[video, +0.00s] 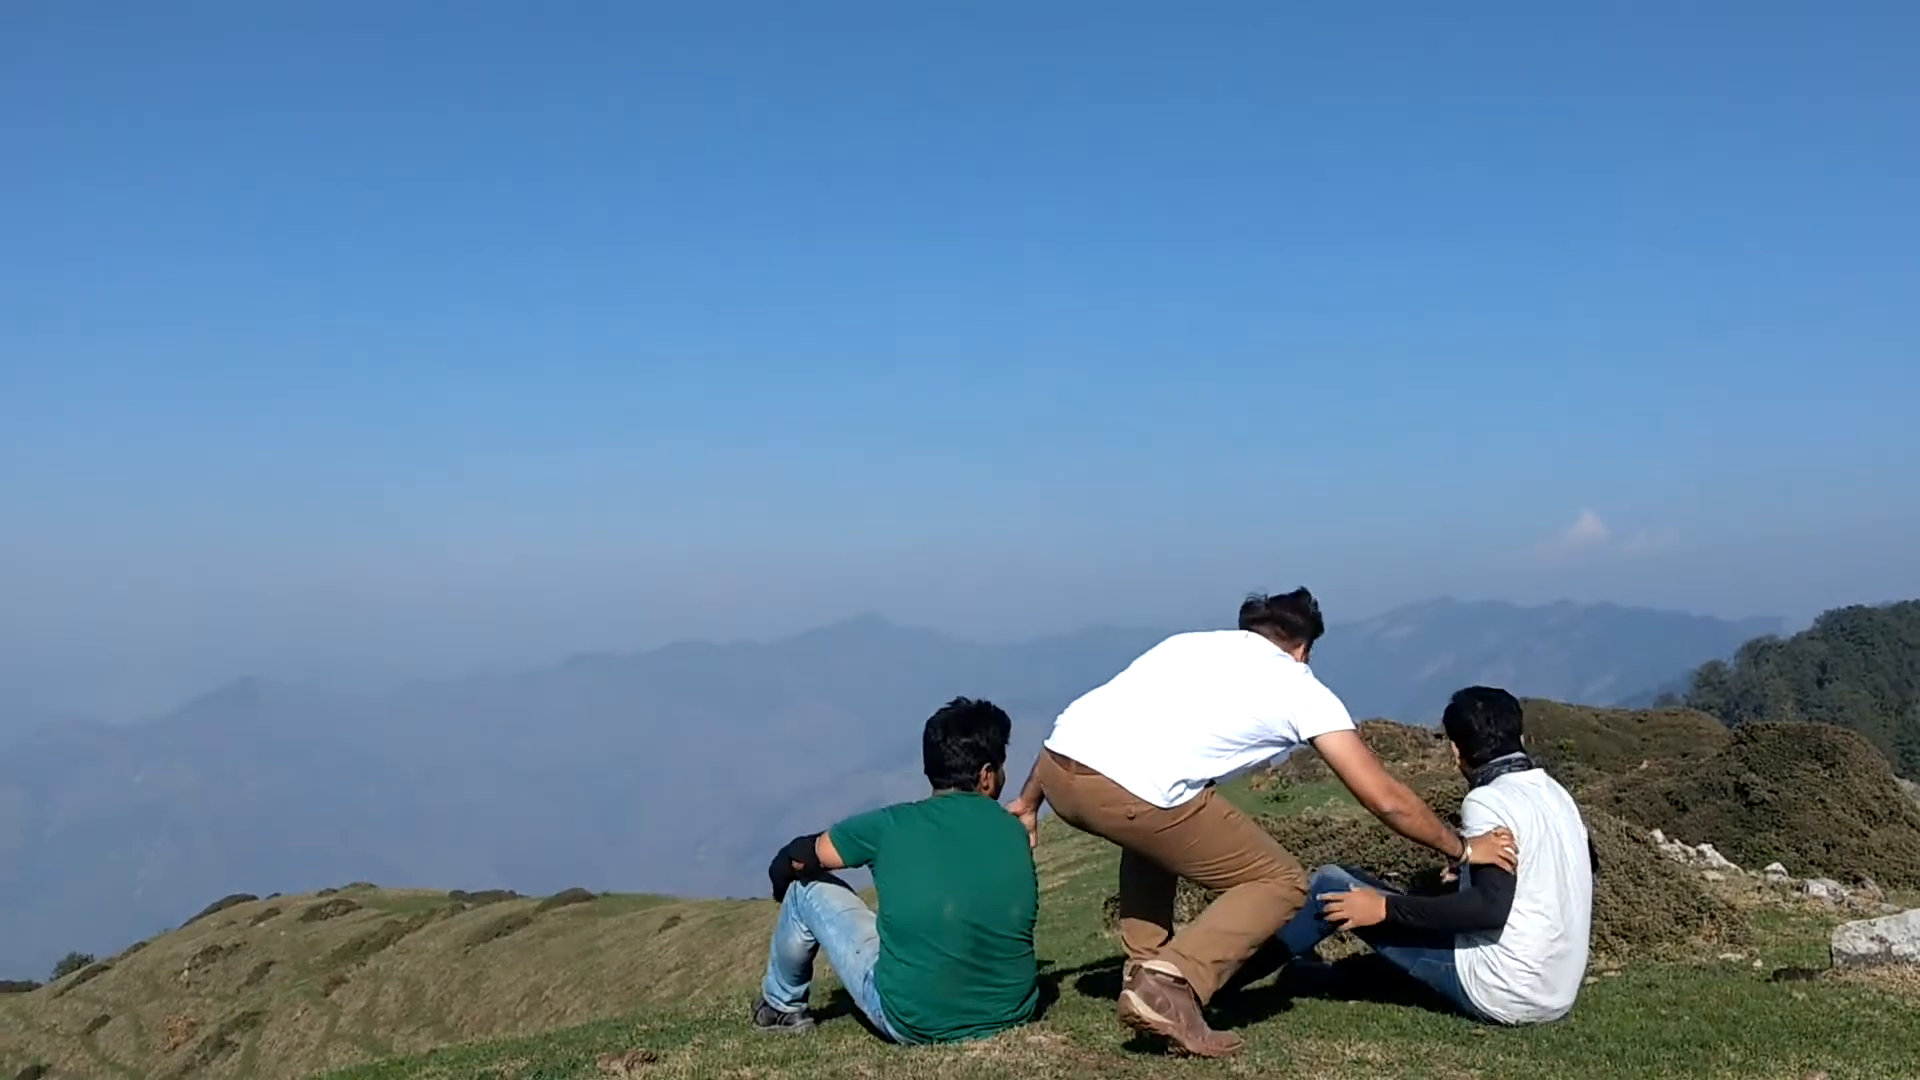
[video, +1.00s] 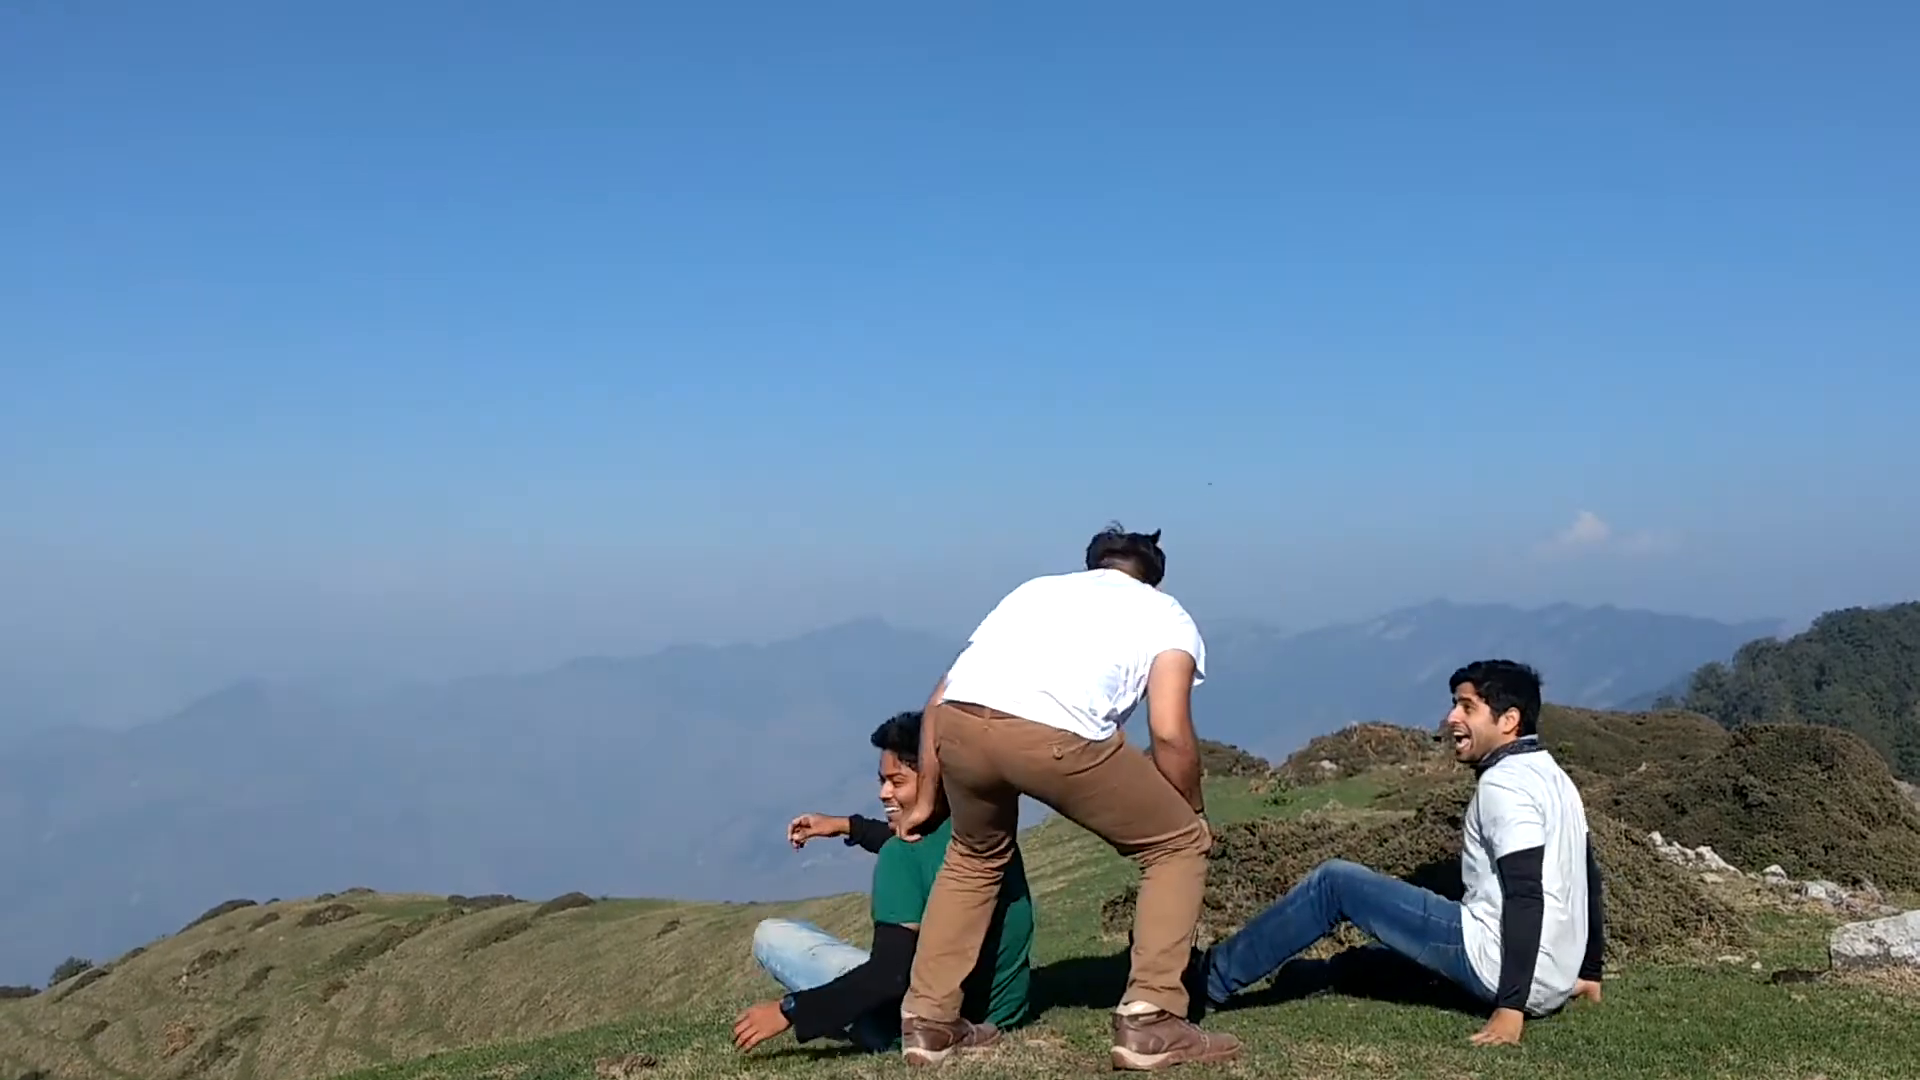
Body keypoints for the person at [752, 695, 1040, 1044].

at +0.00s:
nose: (1003, 776)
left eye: (1001, 765)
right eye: (1001, 767)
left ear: (931, 772)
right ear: (987, 776)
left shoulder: (891, 823)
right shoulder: (1014, 828)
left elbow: (791, 859)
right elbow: (1020, 913)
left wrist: (784, 889)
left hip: (913, 1022)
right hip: (1008, 1014)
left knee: (807, 887)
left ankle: (782, 1004)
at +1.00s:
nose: (884, 794)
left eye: (896, 781)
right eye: (883, 780)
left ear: (933, 778)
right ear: (940, 781)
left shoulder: (902, 852)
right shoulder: (986, 829)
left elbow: (890, 975)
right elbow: (916, 840)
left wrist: (789, 1011)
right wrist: (847, 827)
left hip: (937, 1023)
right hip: (1006, 1007)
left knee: (770, 933)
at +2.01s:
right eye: (862, 775)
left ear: (797, 801)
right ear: (859, 781)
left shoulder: (795, 845)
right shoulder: (903, 819)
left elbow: (825, 947)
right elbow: (888, 894)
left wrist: (804, 1055)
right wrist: (795, 922)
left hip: (884, 1028)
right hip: (974, 1001)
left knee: (745, 992)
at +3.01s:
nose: (719, 807)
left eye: (728, 786)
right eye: (704, 798)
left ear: (758, 769)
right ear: (694, 798)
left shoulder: (779, 821)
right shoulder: (746, 828)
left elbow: (818, 937)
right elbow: (705, 914)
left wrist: (805, 1056)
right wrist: (658, 1003)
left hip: (879, 988)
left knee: (734, 1030)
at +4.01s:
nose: (804, 796)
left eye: (815, 781)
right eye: (788, 785)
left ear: (830, 770)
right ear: (765, 779)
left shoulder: (861, 802)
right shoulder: (749, 805)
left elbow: (864, 923)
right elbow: (746, 913)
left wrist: (810, 1019)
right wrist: (731, 1020)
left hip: (873, 880)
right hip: (800, 896)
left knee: (970, 928)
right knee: (717, 956)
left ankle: (876, 983)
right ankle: (839, 998)